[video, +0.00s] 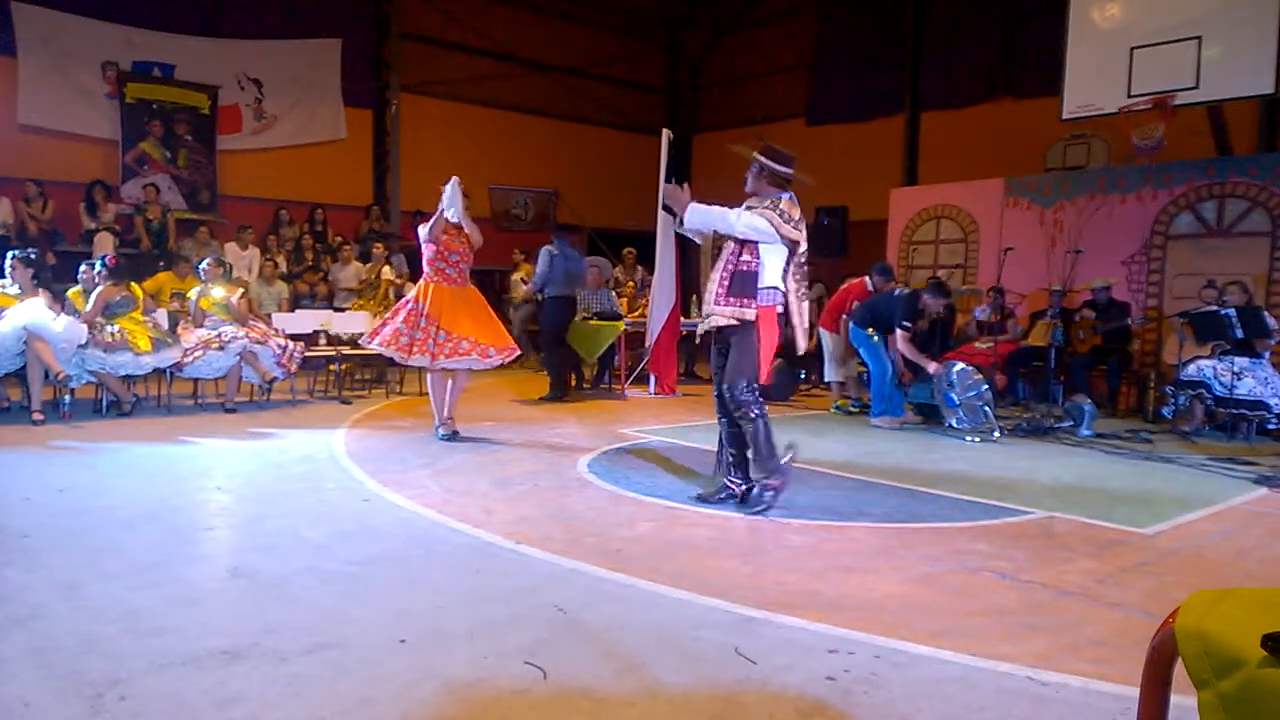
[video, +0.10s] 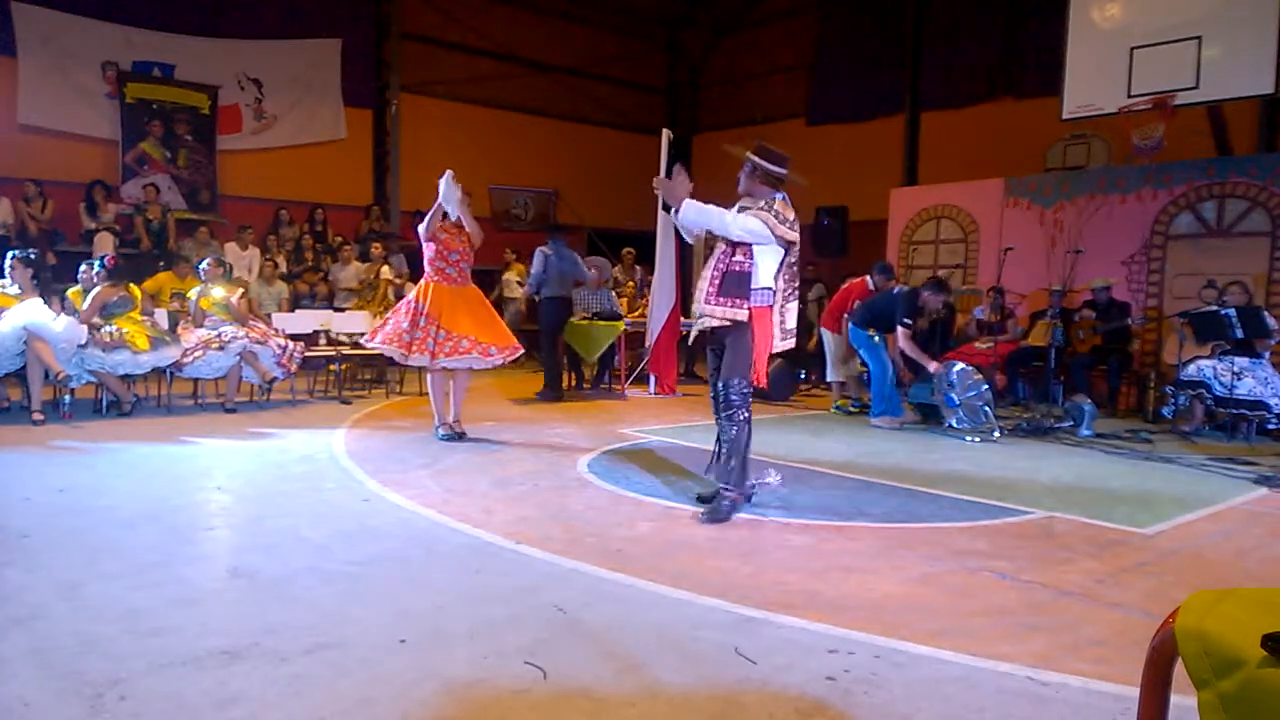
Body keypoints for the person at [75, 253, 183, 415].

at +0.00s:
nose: (95, 277)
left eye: (97, 273)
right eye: (95, 273)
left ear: (105, 273)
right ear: (120, 271)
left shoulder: (103, 292)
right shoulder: (134, 287)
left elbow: (89, 318)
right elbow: (151, 307)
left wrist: (76, 318)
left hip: (121, 337)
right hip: (140, 334)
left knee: (88, 360)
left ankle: (126, 396)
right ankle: (124, 394)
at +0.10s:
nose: (95, 275)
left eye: (97, 272)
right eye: (95, 272)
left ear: (104, 273)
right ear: (120, 271)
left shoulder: (102, 292)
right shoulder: (133, 288)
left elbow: (84, 318)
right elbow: (149, 311)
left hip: (119, 337)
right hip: (138, 334)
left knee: (88, 360)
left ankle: (126, 396)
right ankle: (125, 394)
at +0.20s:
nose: (93, 275)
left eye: (95, 272)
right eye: (93, 271)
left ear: (103, 274)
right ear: (120, 272)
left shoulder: (100, 293)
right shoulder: (131, 289)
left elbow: (83, 318)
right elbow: (148, 311)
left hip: (116, 335)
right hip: (136, 332)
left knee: (88, 359)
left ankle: (125, 396)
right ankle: (124, 394)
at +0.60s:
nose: (84, 276)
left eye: (86, 272)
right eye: (84, 272)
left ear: (94, 275)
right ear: (111, 272)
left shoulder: (95, 296)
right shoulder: (120, 288)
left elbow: (78, 320)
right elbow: (136, 303)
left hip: (116, 336)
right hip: (130, 330)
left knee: (87, 360)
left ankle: (128, 397)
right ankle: (126, 394)